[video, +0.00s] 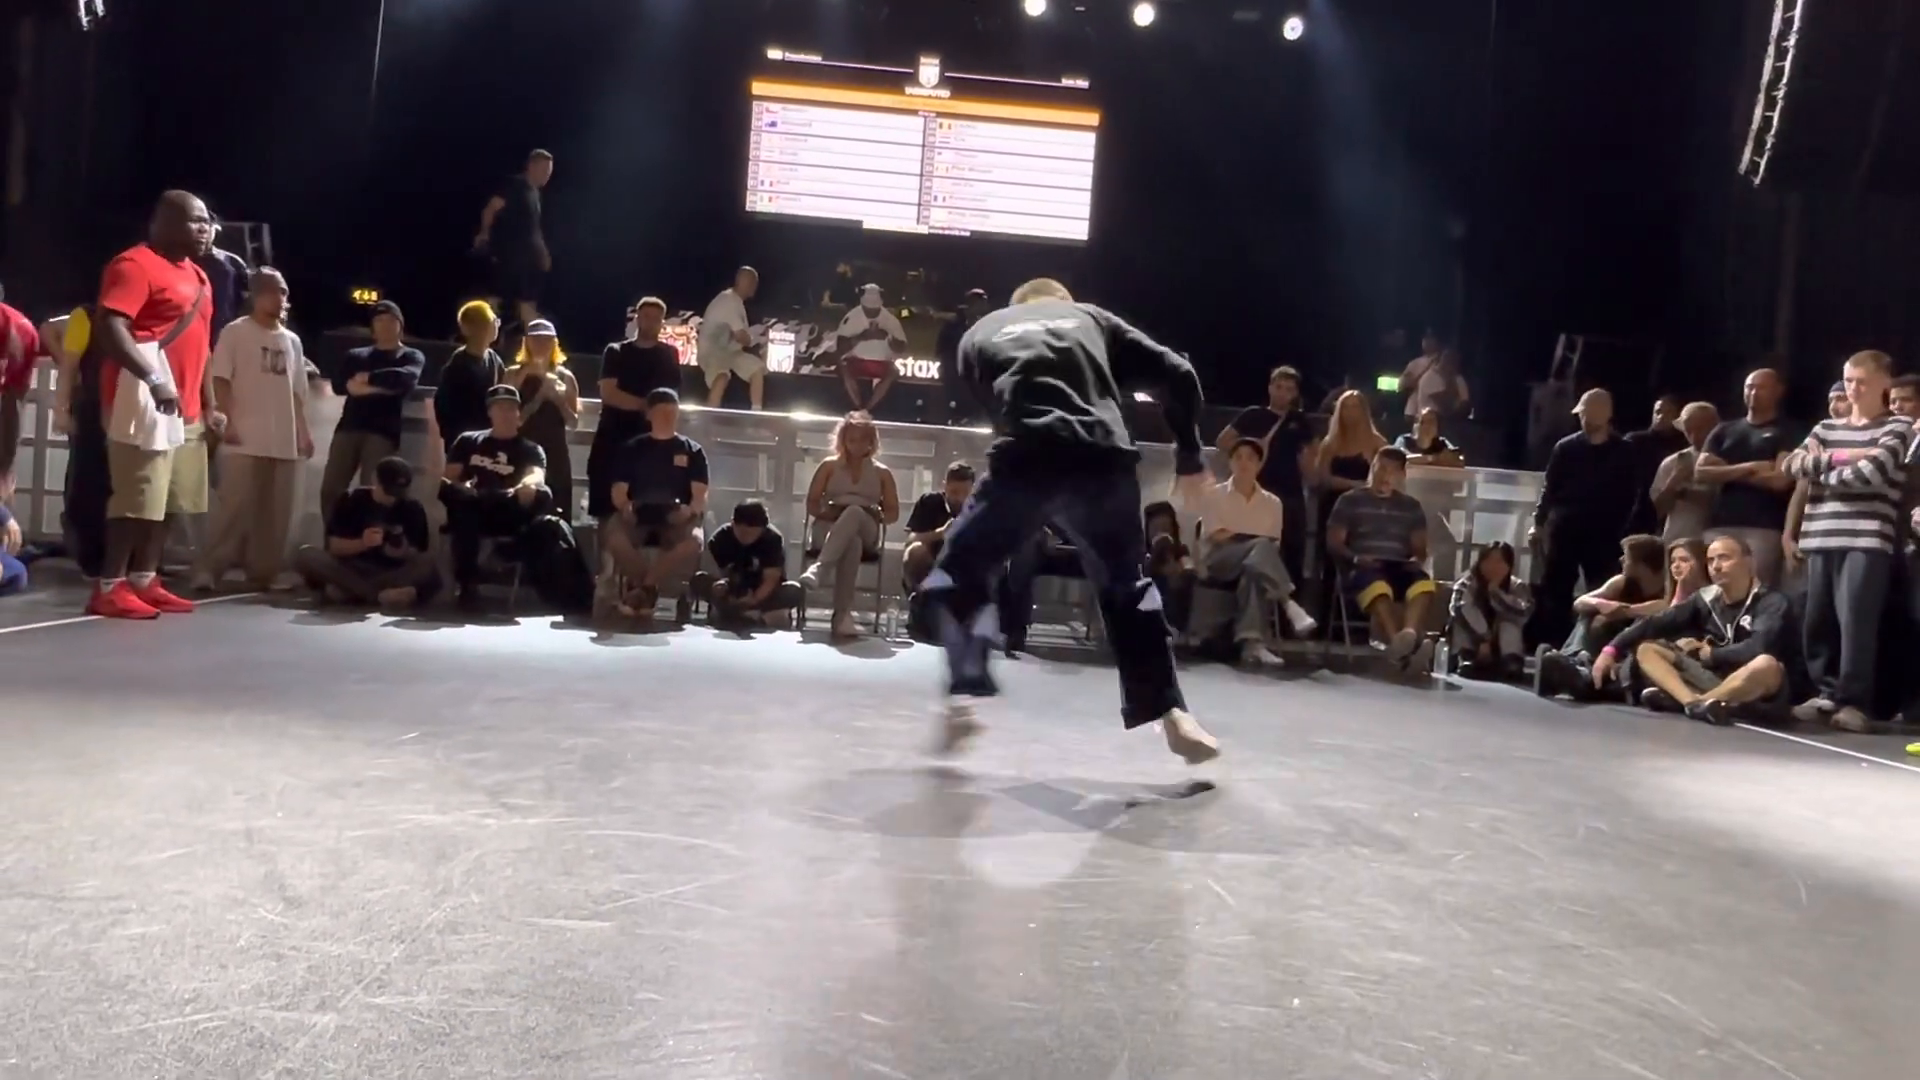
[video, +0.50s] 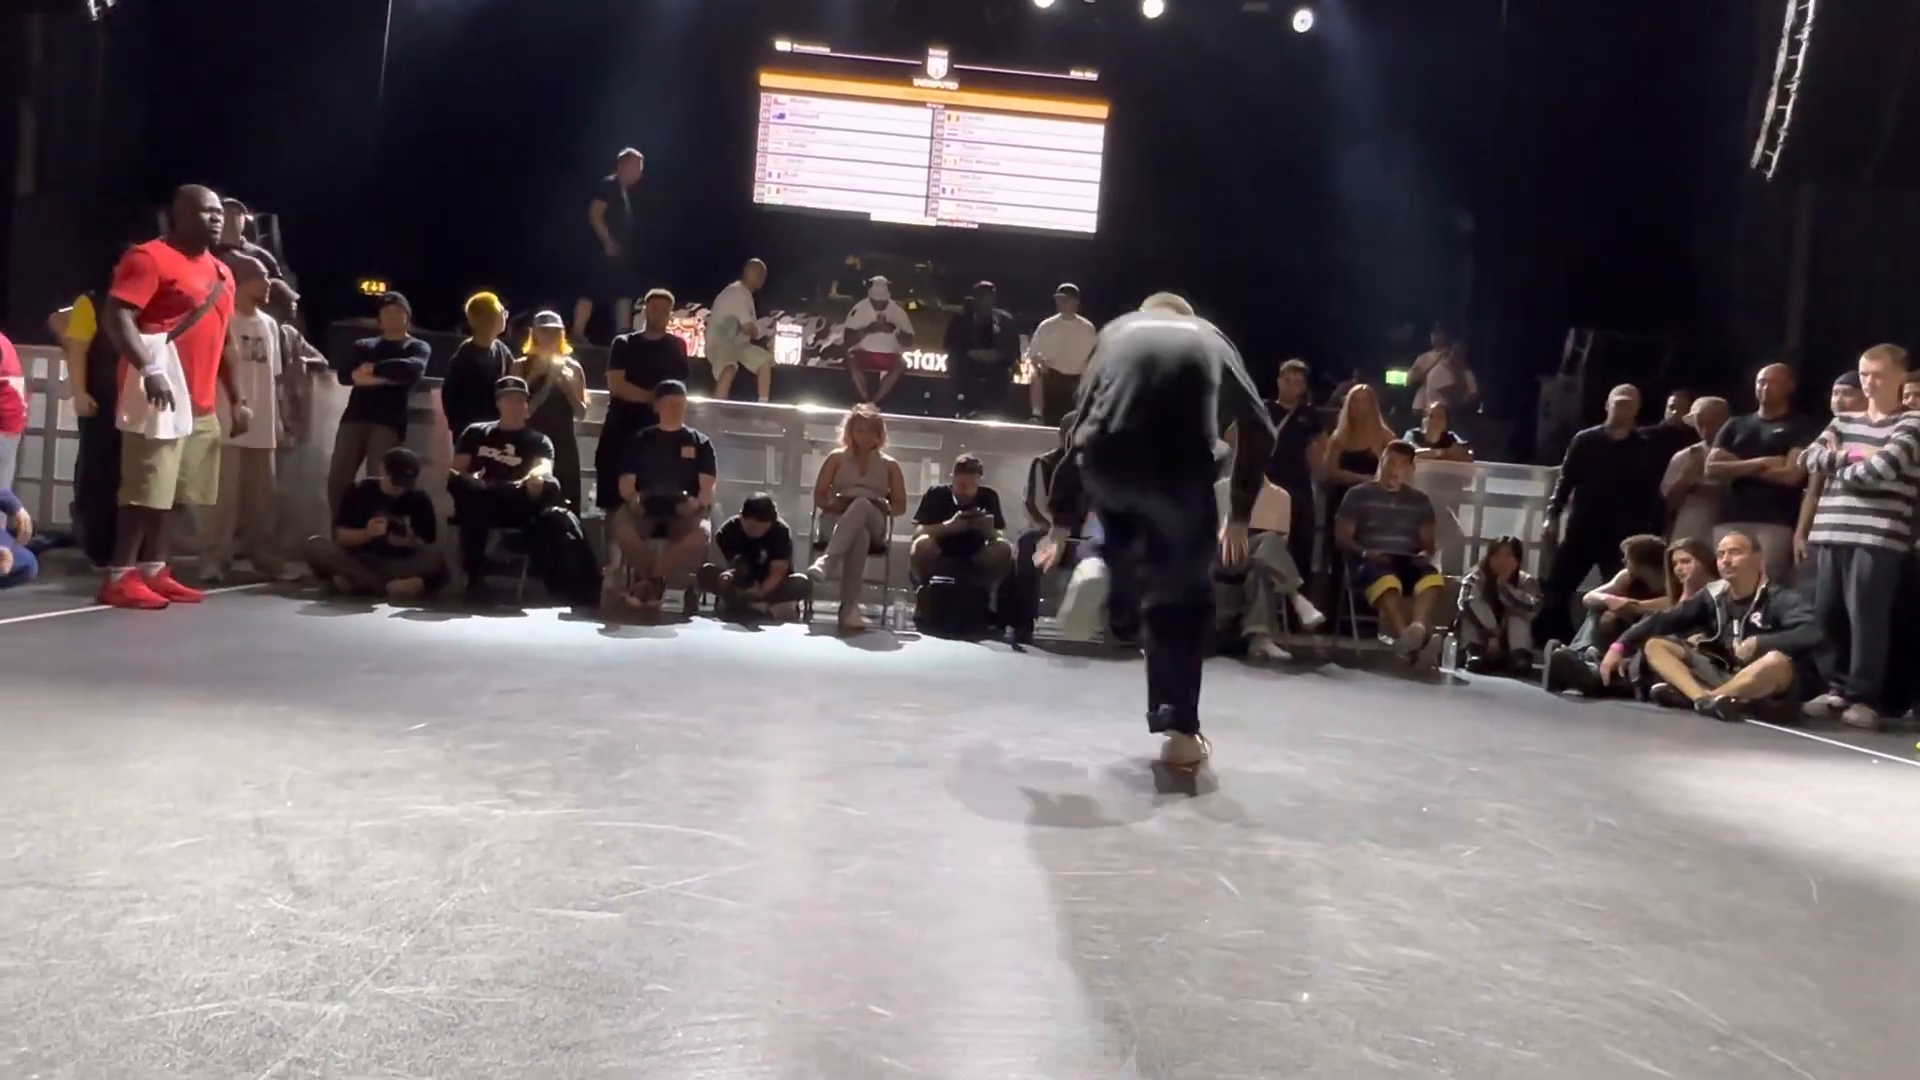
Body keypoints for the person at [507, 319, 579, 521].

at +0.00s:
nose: (541, 344)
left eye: (547, 339)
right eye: (535, 339)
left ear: (554, 344)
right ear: (527, 342)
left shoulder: (566, 377)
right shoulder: (513, 375)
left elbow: (574, 421)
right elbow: (511, 421)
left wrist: (557, 398)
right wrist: (539, 397)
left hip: (555, 448)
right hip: (522, 448)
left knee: (559, 509)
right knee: (521, 509)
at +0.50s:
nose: (549, 336)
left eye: (555, 331)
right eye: (544, 330)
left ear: (561, 335)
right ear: (534, 334)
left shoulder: (573, 368)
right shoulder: (521, 366)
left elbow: (581, 411)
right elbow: (514, 406)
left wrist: (567, 386)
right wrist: (537, 381)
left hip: (562, 439)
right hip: (529, 440)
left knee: (566, 499)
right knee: (528, 499)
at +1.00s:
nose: (557, 330)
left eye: (562, 325)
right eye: (551, 325)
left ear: (568, 329)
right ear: (540, 328)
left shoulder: (579, 362)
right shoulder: (527, 360)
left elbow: (585, 407)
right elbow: (523, 401)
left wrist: (571, 380)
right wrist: (548, 373)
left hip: (568, 434)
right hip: (536, 434)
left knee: (572, 494)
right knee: (534, 495)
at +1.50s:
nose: (562, 326)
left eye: (567, 321)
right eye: (556, 320)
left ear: (573, 324)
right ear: (545, 323)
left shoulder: (583, 358)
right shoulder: (531, 356)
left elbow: (589, 402)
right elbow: (529, 400)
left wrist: (573, 374)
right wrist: (553, 370)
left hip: (572, 431)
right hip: (540, 431)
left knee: (576, 492)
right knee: (538, 492)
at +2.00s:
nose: (563, 324)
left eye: (567, 319)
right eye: (557, 319)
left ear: (573, 323)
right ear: (547, 322)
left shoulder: (584, 356)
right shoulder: (533, 354)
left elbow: (591, 401)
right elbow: (529, 397)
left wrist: (575, 373)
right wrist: (553, 366)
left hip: (574, 428)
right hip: (541, 429)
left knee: (578, 490)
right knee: (540, 490)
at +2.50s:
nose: (562, 326)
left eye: (567, 320)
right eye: (556, 320)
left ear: (573, 324)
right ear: (546, 323)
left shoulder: (584, 357)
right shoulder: (532, 355)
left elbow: (591, 401)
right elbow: (529, 399)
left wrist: (574, 373)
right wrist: (554, 367)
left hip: (573, 431)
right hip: (540, 431)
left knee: (577, 492)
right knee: (538, 493)